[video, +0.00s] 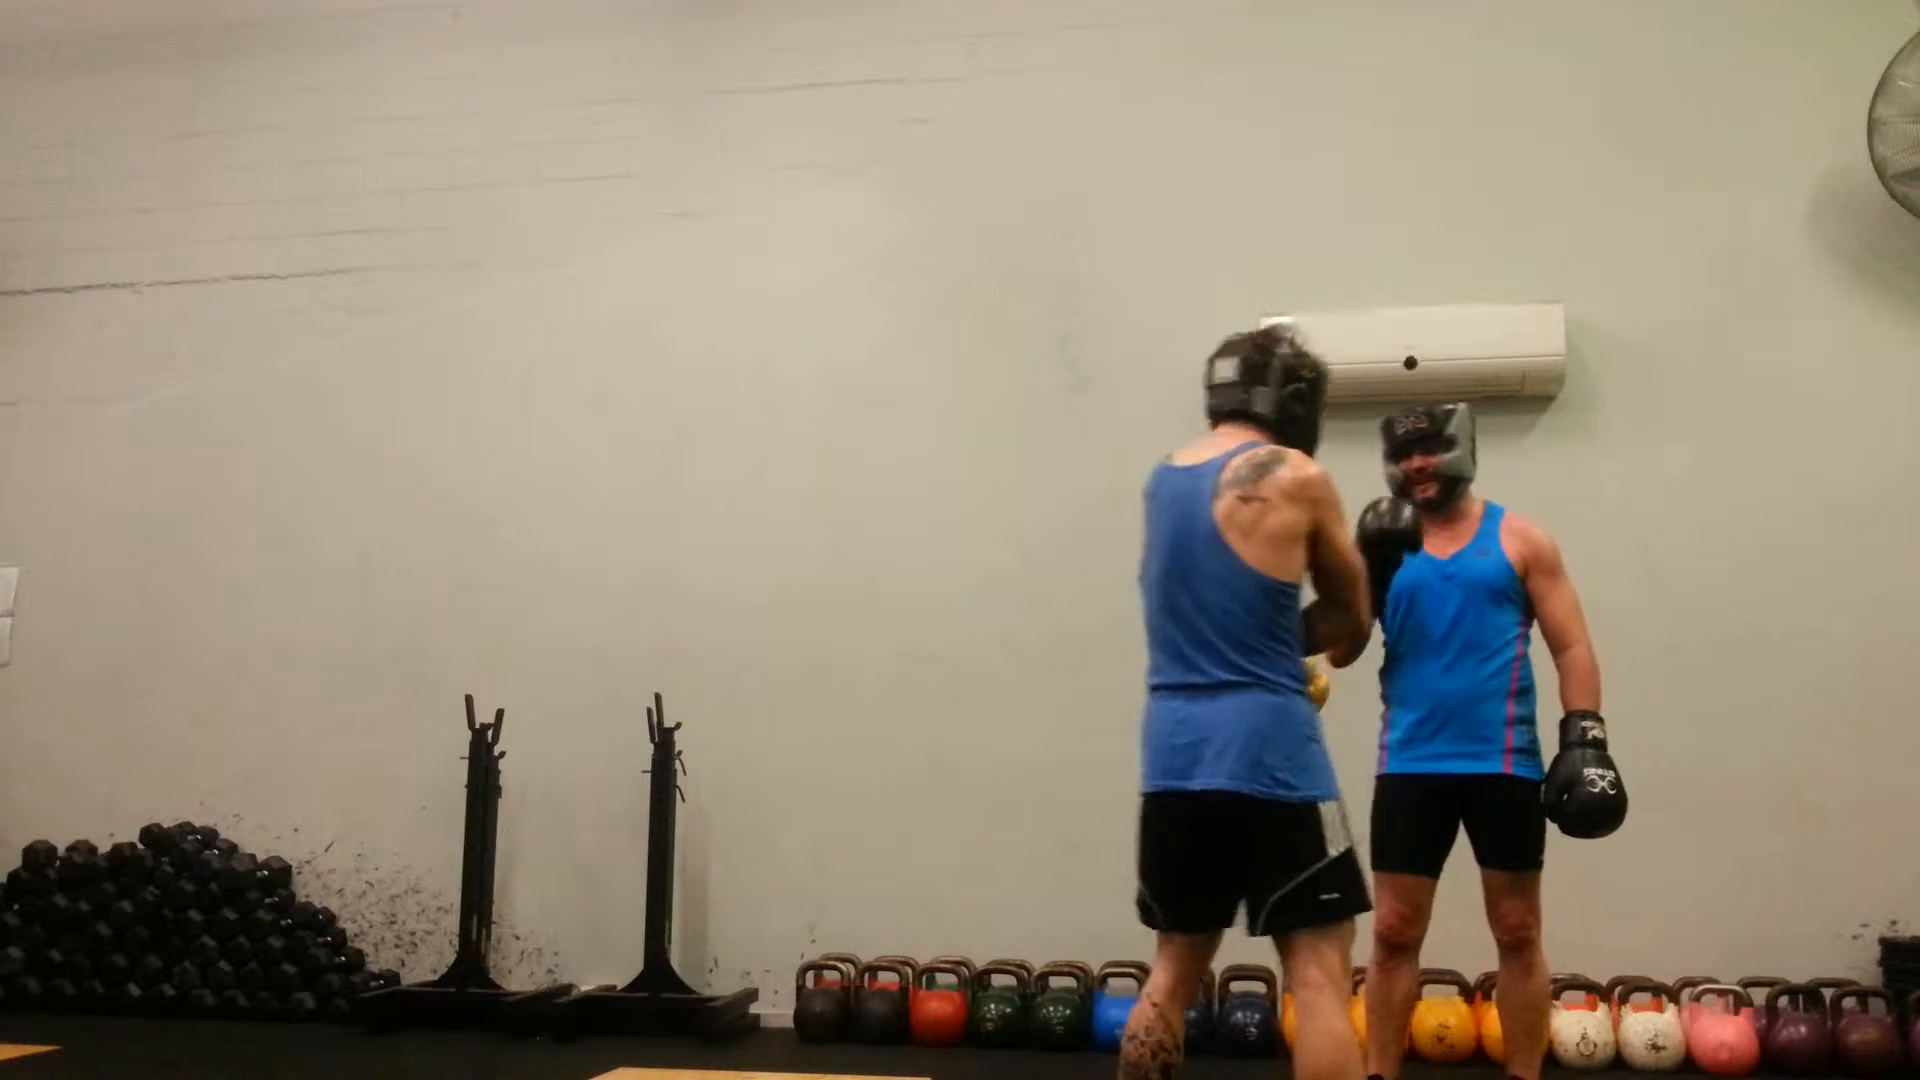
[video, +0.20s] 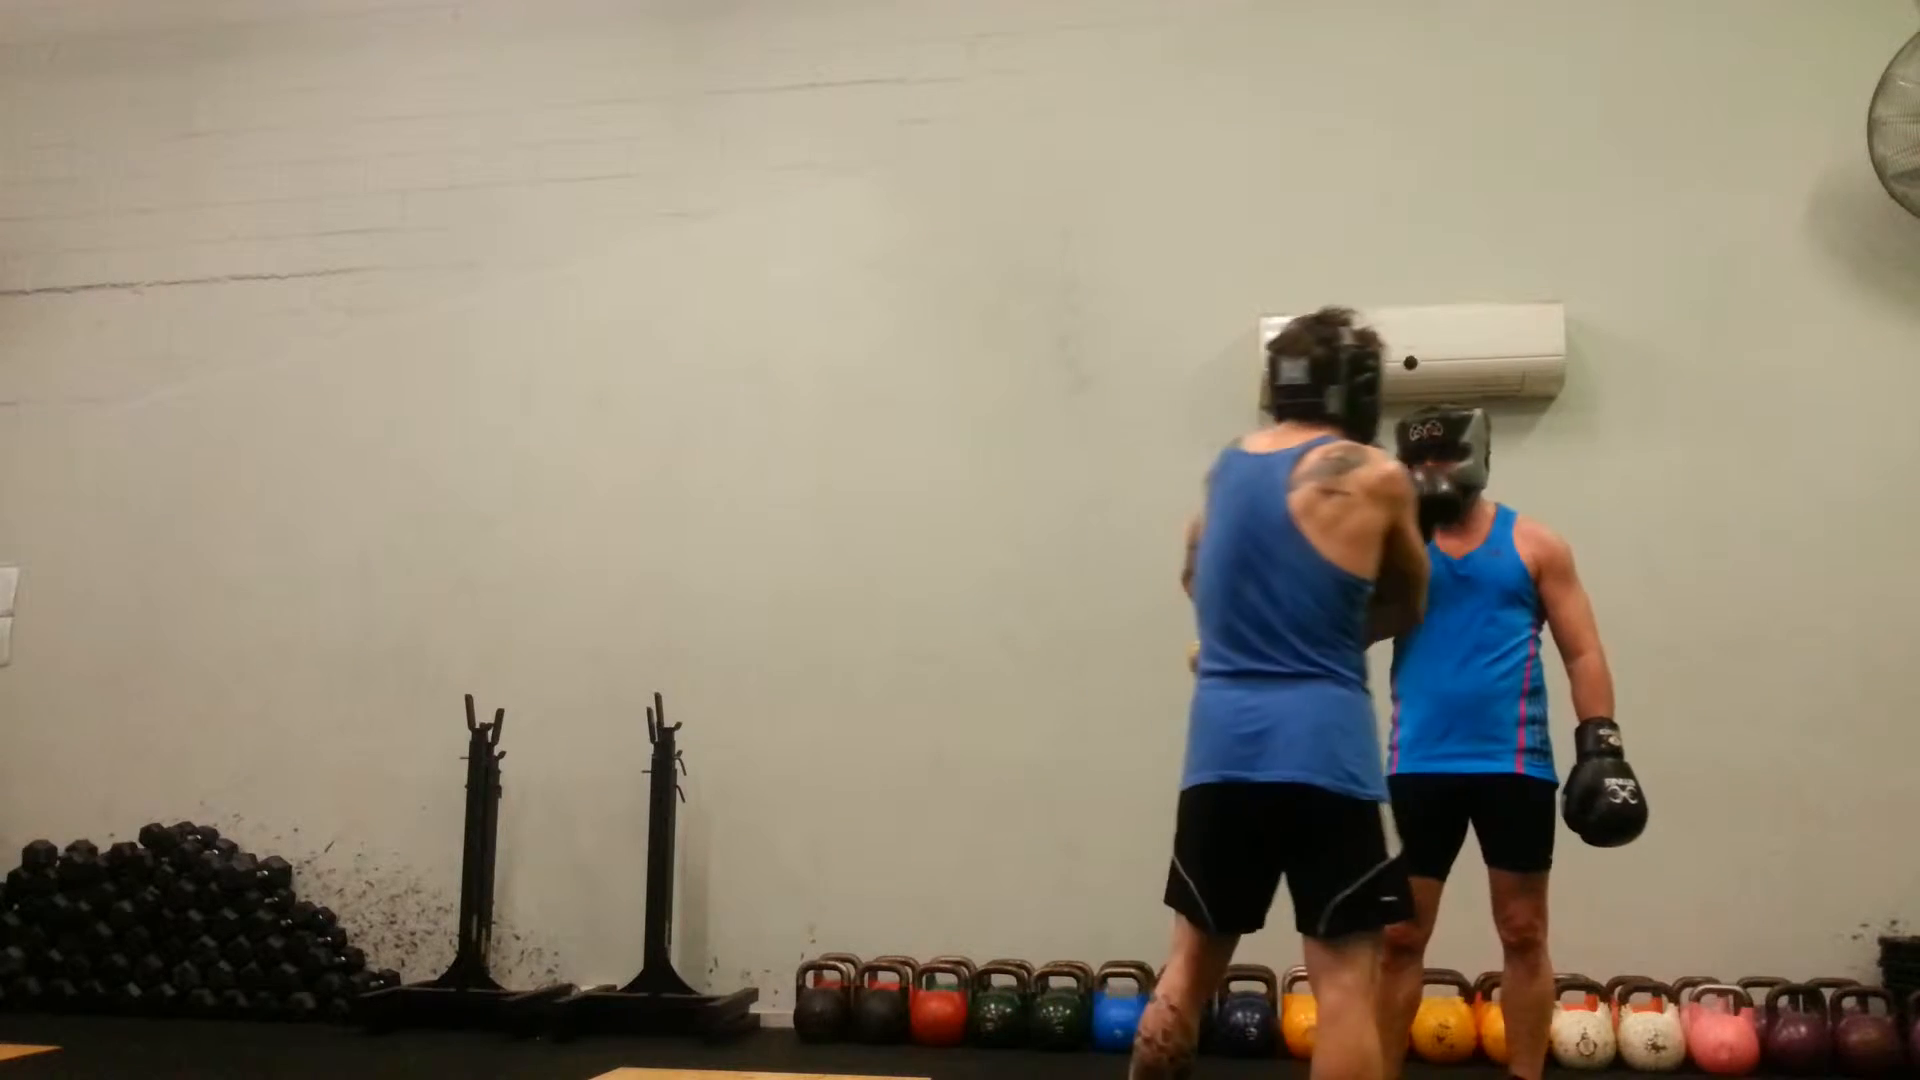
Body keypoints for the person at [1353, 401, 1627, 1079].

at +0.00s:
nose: (1418, 464)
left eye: (1432, 449)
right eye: (1403, 453)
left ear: (1463, 453)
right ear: (1389, 467)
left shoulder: (1519, 540)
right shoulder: (1386, 547)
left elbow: (1572, 645)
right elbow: (1339, 646)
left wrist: (1584, 742)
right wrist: (1366, 562)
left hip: (1503, 765)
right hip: (1411, 767)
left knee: (1517, 932)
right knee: (1394, 932)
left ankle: (1525, 1074)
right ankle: (1380, 1073)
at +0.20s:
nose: (1434, 474)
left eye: (1447, 460)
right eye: (1421, 462)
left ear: (1478, 463)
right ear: (1404, 469)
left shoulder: (1533, 545)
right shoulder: (1399, 548)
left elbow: (1583, 652)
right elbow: (1351, 624)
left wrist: (1600, 749)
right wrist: (1396, 510)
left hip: (1515, 766)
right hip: (1420, 767)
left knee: (1523, 934)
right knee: (1398, 940)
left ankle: (1527, 1073)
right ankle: (1382, 1075)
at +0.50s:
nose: (1443, 476)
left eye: (1451, 462)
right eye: (1432, 465)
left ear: (1476, 466)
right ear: (1420, 479)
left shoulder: (1546, 544)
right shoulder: (1404, 545)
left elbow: (1592, 653)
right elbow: (1369, 647)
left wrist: (1616, 753)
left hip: (1517, 768)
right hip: (1422, 767)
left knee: (1524, 933)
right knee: (1400, 937)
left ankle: (1526, 1071)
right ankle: (1380, 1069)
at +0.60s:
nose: (1448, 479)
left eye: (1456, 462)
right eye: (1435, 467)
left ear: (1482, 465)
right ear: (1419, 480)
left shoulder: (1547, 544)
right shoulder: (1405, 543)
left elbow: (1593, 651)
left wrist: (1617, 750)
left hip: (1516, 768)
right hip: (1421, 766)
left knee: (1524, 933)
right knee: (1399, 939)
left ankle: (1526, 1071)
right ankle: (1382, 1068)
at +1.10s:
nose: (1443, 480)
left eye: (1454, 463)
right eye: (1430, 469)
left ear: (1478, 466)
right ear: (1414, 481)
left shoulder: (1538, 541)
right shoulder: (1397, 546)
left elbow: (1586, 646)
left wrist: (1601, 741)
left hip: (1508, 765)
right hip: (1413, 765)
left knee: (1519, 934)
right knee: (1391, 945)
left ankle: (1525, 1072)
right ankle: (1384, 1069)